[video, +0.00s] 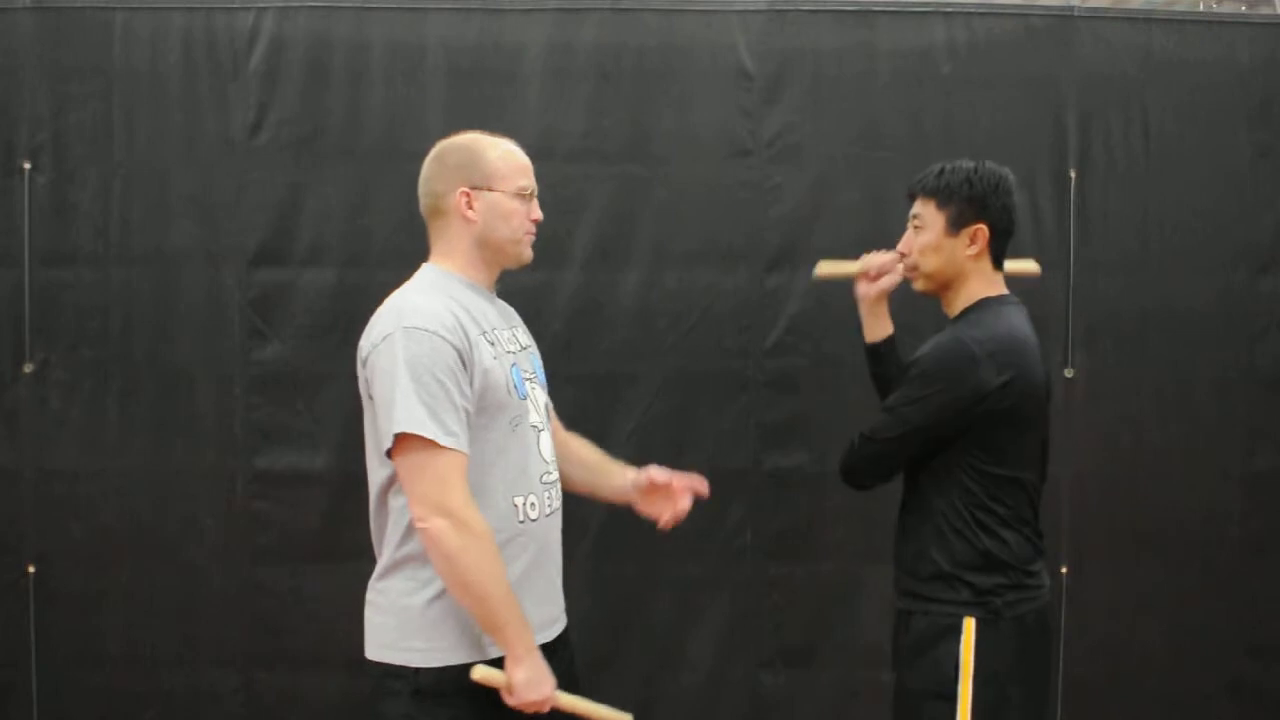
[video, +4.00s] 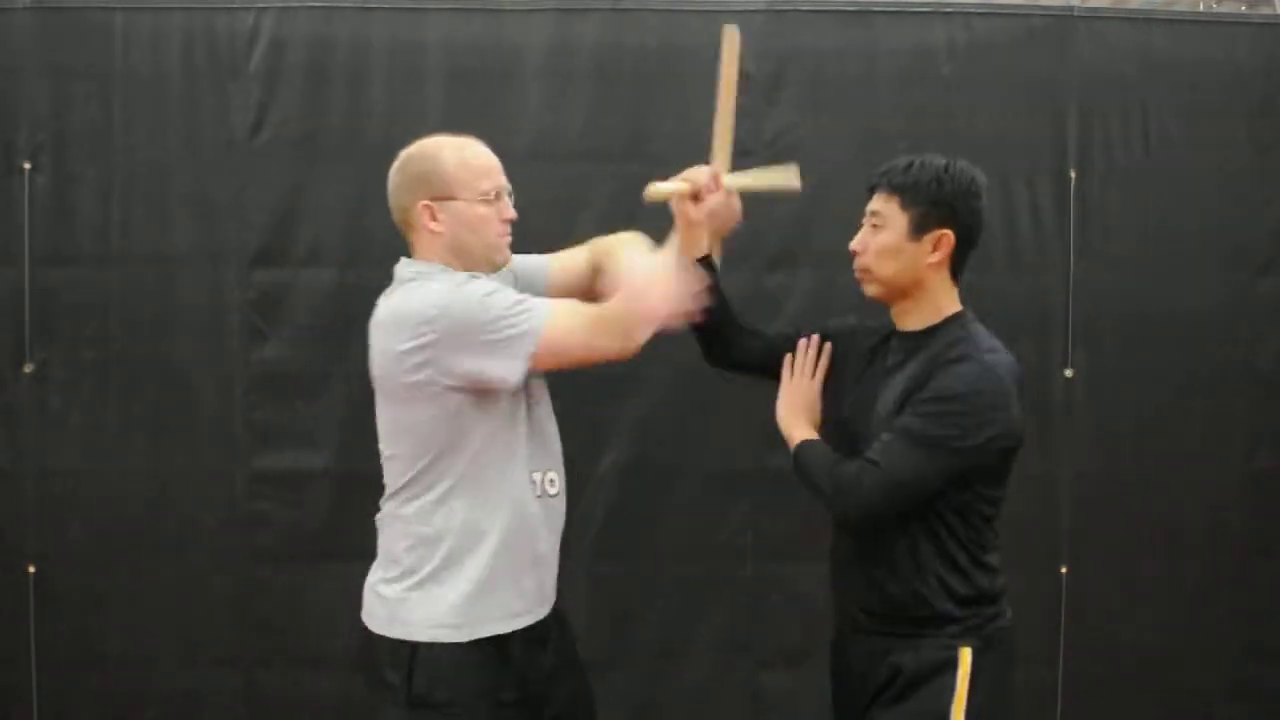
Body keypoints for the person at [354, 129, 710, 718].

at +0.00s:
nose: (538, 214)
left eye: (536, 198)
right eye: (524, 196)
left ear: (473, 205)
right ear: (468, 203)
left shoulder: (502, 320)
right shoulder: (417, 328)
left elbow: (550, 442)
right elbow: (441, 513)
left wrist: (631, 485)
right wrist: (520, 649)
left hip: (537, 645)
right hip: (443, 662)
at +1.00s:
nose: (502, 212)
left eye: (503, 196)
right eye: (478, 197)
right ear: (420, 214)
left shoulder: (532, 315)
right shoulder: (367, 323)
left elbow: (608, 424)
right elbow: (431, 451)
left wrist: (654, 407)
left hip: (534, 623)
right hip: (425, 647)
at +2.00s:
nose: (587, 225)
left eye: (583, 209)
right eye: (572, 208)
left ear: (522, 220)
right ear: (522, 218)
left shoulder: (459, 317)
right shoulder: (566, 319)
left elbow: (544, 411)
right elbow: (682, 424)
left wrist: (626, 359)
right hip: (529, 637)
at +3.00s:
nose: (547, 231)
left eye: (547, 216)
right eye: (529, 213)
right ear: (472, 220)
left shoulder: (543, 337)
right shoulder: (414, 323)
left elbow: (589, 457)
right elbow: (498, 366)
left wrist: (640, 477)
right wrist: (455, 218)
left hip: (560, 634)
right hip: (459, 652)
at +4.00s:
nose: (512, 213)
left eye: (507, 195)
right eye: (493, 197)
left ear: (436, 219)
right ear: (432, 216)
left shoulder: (480, 281)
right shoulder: (428, 311)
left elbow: (600, 258)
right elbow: (613, 335)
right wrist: (652, 289)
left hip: (527, 622)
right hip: (443, 641)